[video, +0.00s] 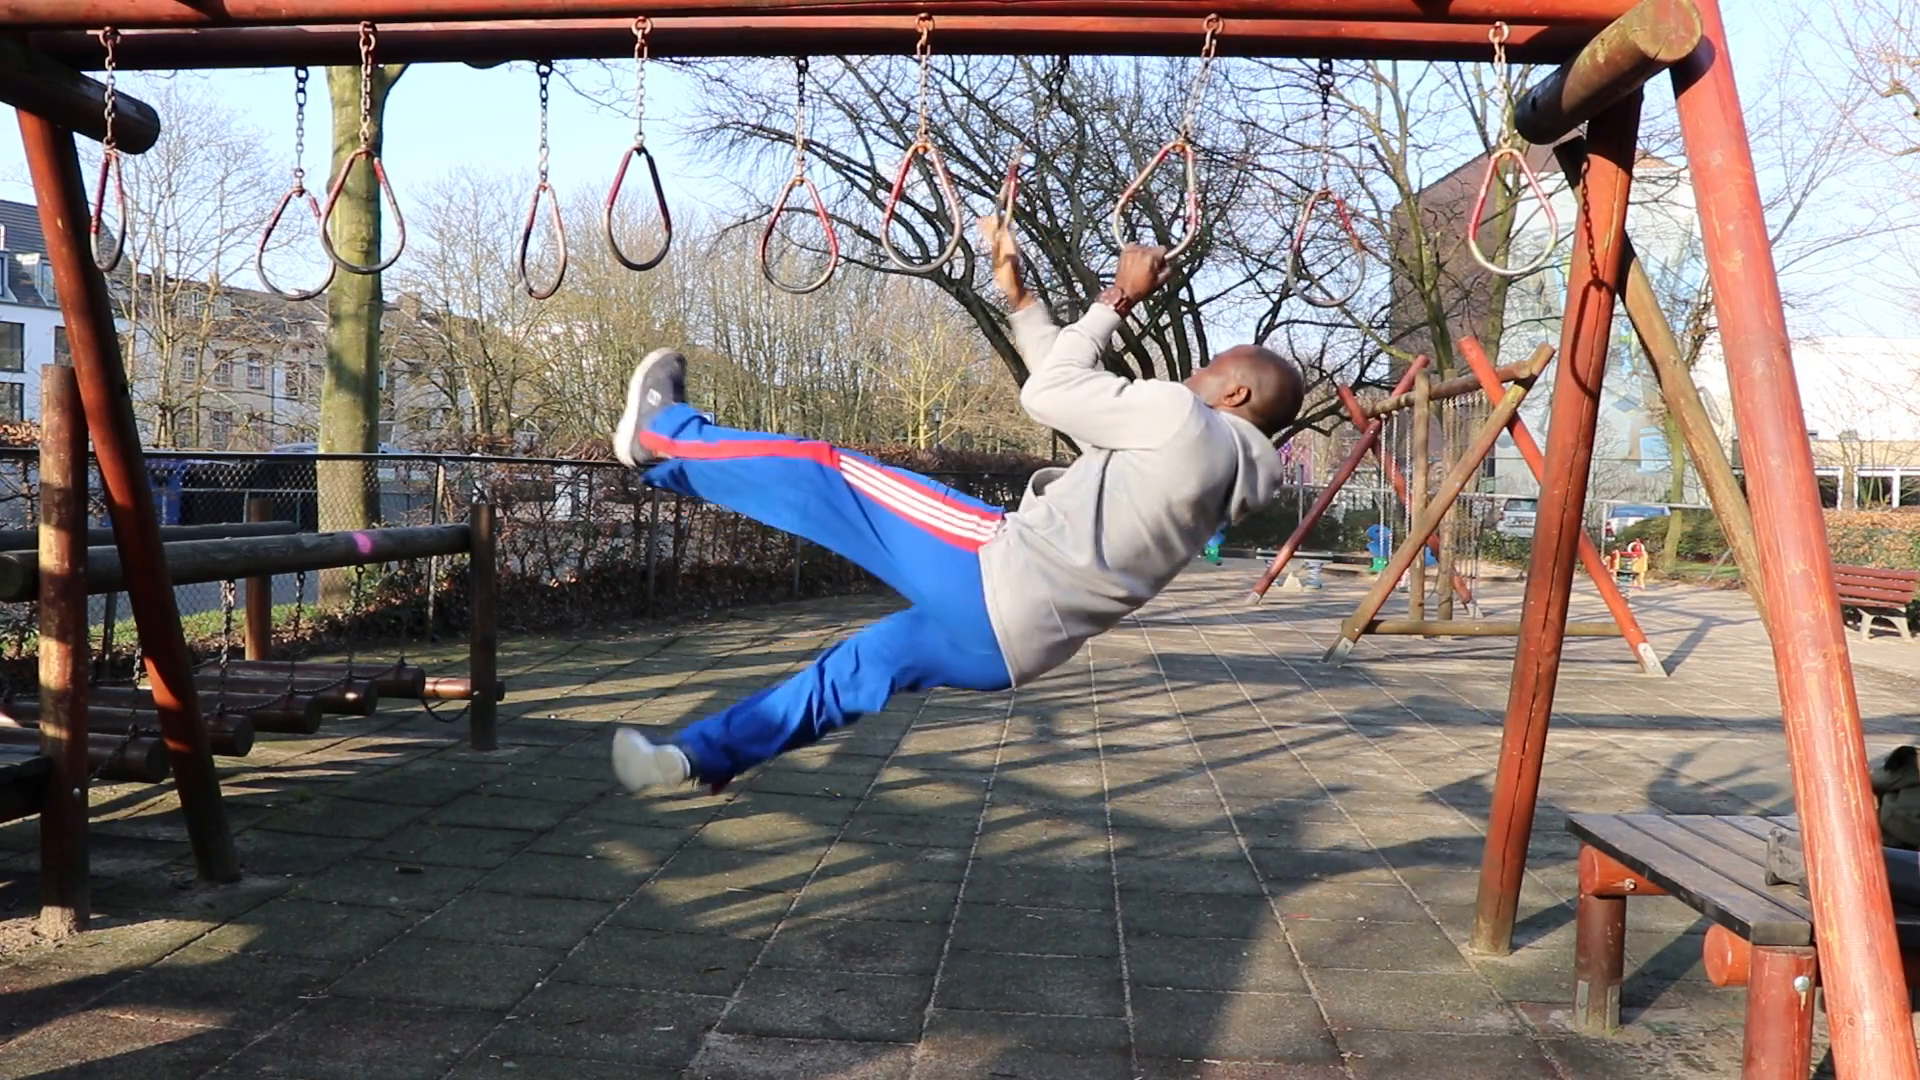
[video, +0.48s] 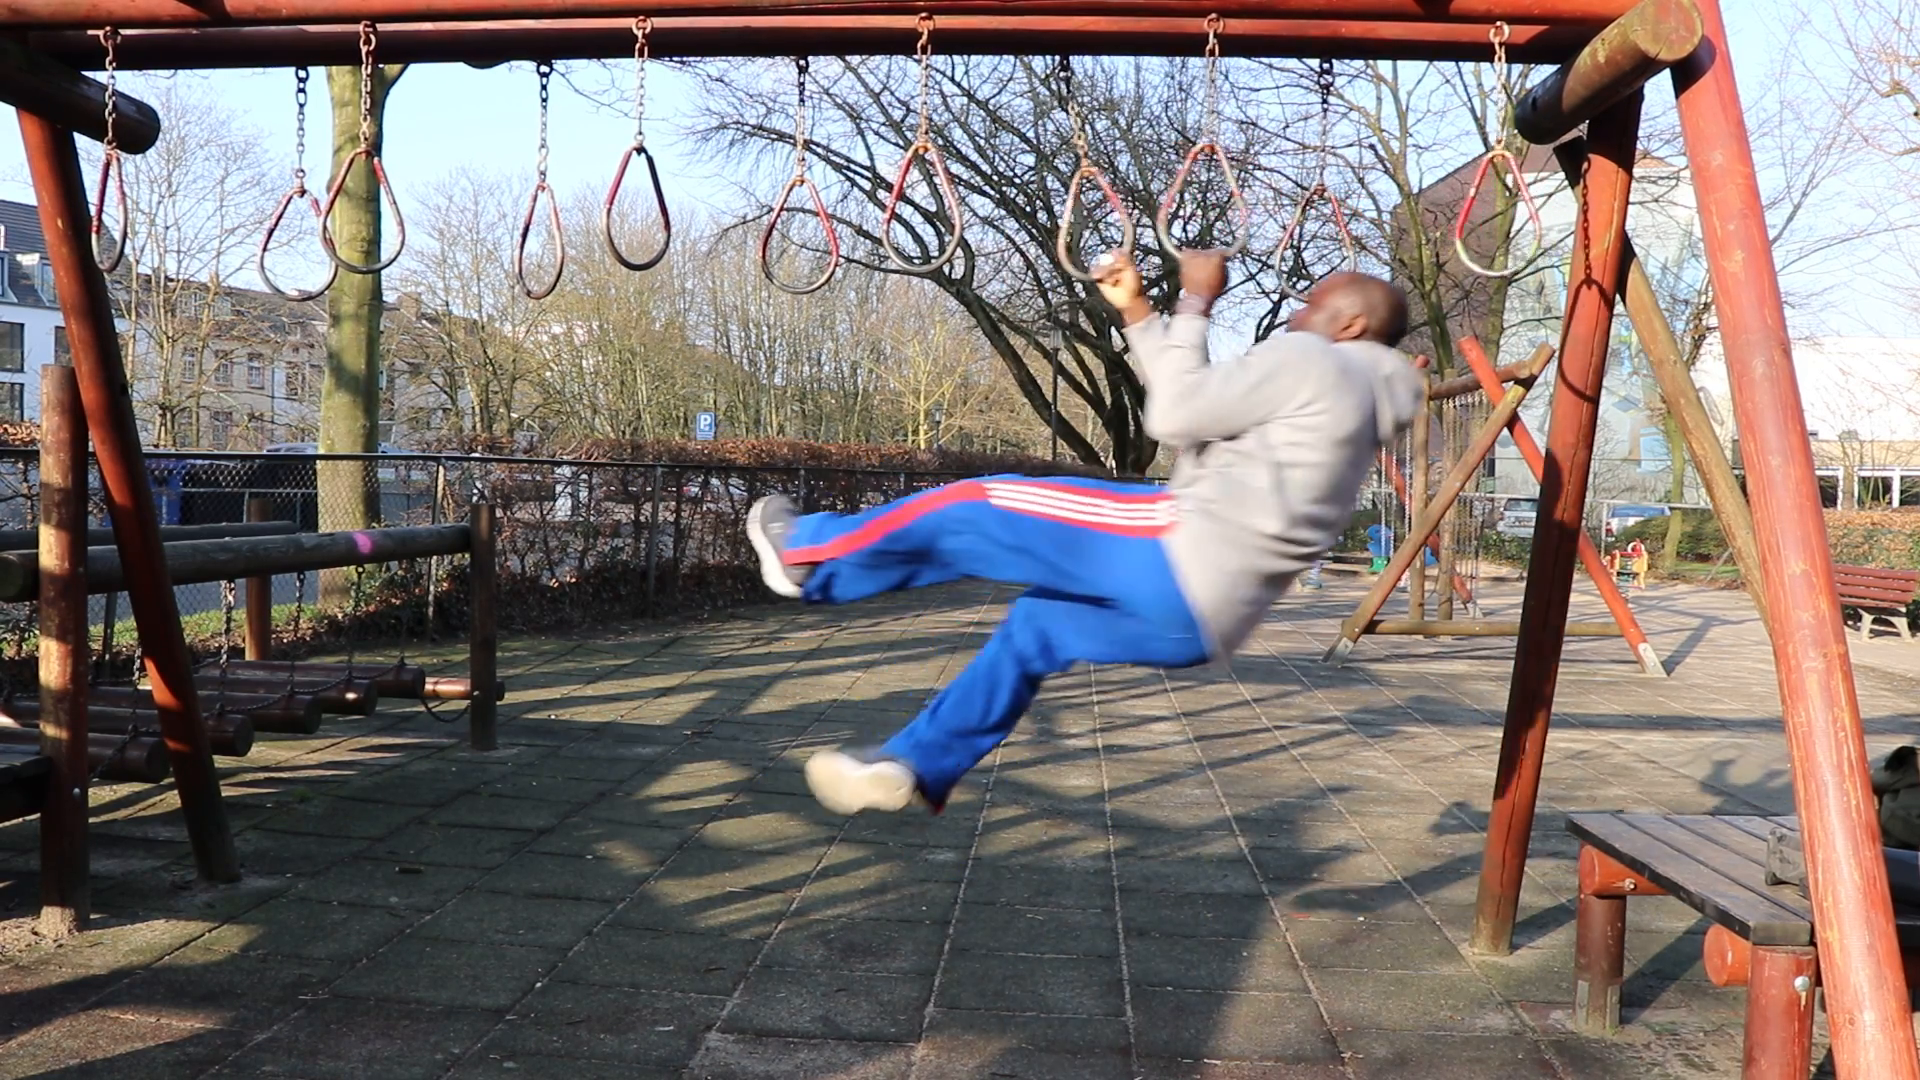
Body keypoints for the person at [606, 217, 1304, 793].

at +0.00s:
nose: (1204, 365)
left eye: (1219, 364)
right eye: (1218, 360)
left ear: (1235, 386)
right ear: (1258, 414)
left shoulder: (1180, 418)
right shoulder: (1228, 473)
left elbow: (1052, 390)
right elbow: (1079, 397)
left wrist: (1118, 298)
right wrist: (1017, 294)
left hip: (993, 574)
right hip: (1011, 653)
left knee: (830, 473)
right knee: (850, 677)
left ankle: (657, 436)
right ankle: (691, 758)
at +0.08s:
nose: (1203, 361)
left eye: (1218, 357)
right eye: (1214, 354)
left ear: (1236, 377)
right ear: (1269, 417)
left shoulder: (1187, 409)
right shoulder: (1249, 465)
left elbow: (1057, 384)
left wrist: (1123, 295)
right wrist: (1004, 302)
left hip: (998, 567)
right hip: (1020, 649)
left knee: (851, 479)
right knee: (857, 699)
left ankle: (687, 450)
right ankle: (695, 781)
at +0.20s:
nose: (1212, 347)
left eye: (1226, 343)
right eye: (1223, 339)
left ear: (1248, 366)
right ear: (1268, 388)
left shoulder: (1197, 391)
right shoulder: (1252, 459)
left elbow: (1061, 385)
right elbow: (1086, 426)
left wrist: (1126, 298)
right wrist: (1039, 323)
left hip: (1030, 564)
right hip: (1062, 648)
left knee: (876, 497)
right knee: (912, 693)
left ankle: (716, 493)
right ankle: (785, 804)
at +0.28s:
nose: (1238, 343)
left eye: (1251, 338)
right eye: (1248, 334)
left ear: (1277, 357)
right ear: (1305, 383)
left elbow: (1088, 387)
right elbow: (1121, 430)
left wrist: (1145, 298)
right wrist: (1072, 323)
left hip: (1061, 557)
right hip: (1100, 638)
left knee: (890, 506)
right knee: (950, 681)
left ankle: (729, 537)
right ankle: (841, 804)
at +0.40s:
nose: (1278, 326)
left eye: (1294, 318)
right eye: (1288, 314)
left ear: (1322, 339)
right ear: (1349, 358)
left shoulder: (1281, 371)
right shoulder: (1336, 422)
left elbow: (1142, 406)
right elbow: (1172, 418)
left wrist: (1172, 302)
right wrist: (1115, 317)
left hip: (1128, 551)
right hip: (1164, 630)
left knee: (937, 509)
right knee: (998, 648)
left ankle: (774, 558)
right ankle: (883, 788)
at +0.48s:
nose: (1300, 317)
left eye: (1316, 307)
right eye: (1309, 306)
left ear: (1352, 327)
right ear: (1371, 339)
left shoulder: (1312, 363)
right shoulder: (1363, 409)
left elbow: (1177, 411)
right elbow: (1201, 432)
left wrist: (1195, 302)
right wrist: (1137, 316)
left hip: (1171, 552)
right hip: (1207, 624)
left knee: (977, 502)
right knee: (1033, 631)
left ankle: (808, 558)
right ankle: (910, 770)